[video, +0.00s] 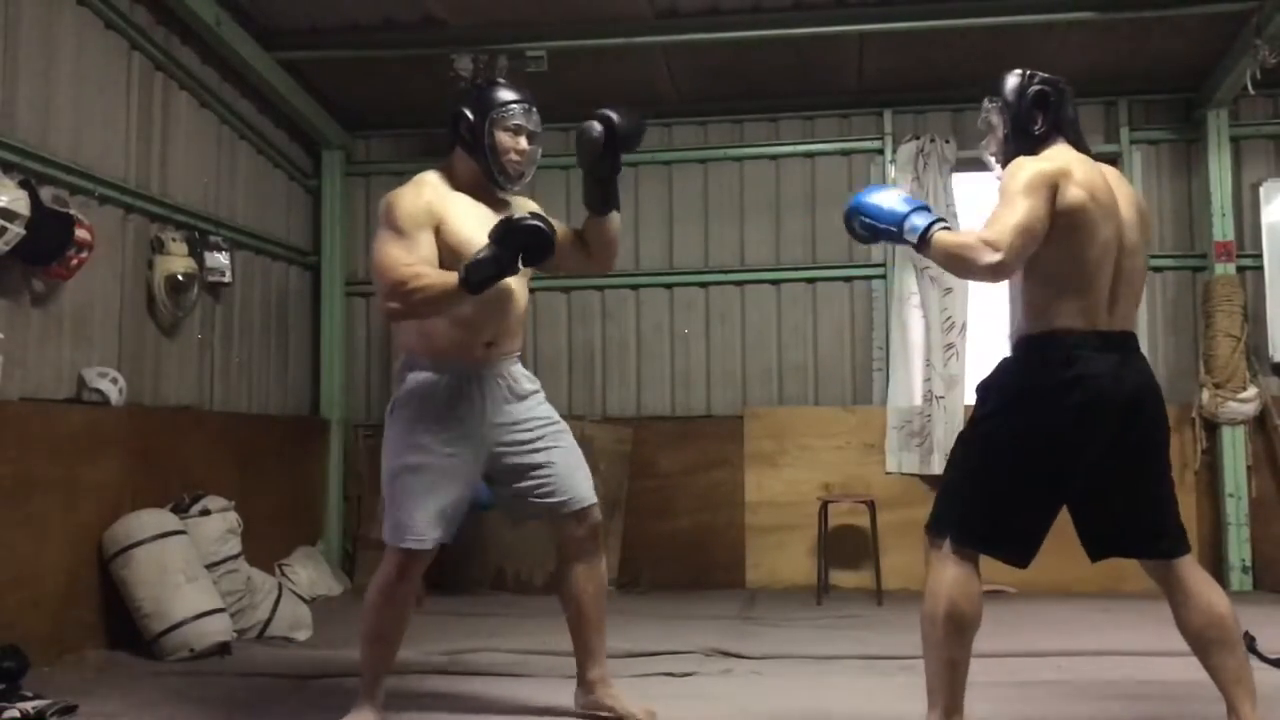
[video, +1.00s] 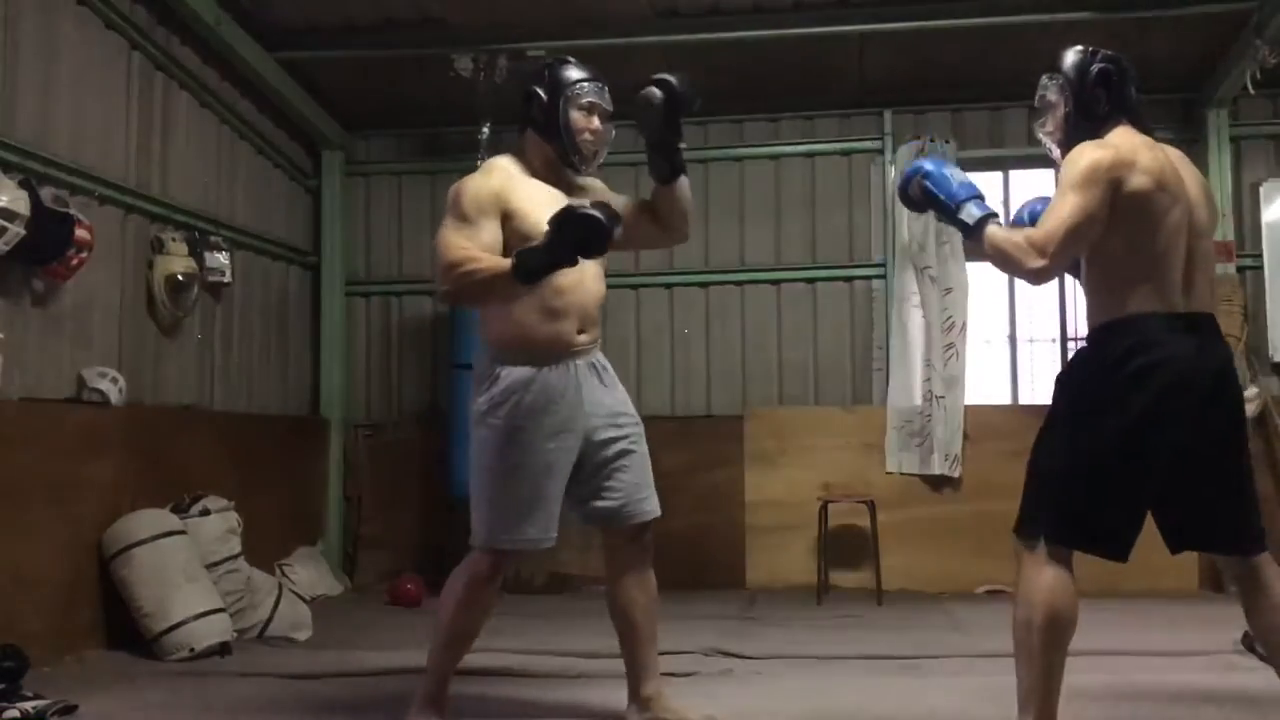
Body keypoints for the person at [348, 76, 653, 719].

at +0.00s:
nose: (527, 147)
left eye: (533, 136)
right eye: (514, 132)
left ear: (534, 144)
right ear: (472, 131)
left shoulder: (521, 210)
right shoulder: (416, 198)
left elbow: (595, 258)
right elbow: (396, 294)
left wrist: (601, 178)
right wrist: (480, 272)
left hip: (511, 387)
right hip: (433, 392)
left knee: (582, 521)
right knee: (409, 553)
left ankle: (595, 684)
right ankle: (368, 699)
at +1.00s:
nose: (599, 126)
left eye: (603, 114)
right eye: (586, 111)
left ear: (603, 123)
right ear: (543, 114)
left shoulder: (591, 196)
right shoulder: (490, 182)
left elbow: (670, 226)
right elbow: (455, 280)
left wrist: (663, 146)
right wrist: (542, 257)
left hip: (594, 378)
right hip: (521, 386)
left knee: (634, 532)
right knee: (494, 557)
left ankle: (646, 696)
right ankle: (430, 699)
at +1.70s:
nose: (567, 122)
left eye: (571, 109)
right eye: (554, 106)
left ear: (566, 116)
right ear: (507, 104)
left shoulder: (542, 200)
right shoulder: (444, 170)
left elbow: (593, 288)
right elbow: (443, 263)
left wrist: (652, 248)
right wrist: (533, 199)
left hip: (540, 377)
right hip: (460, 383)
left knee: (623, 515)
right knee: (446, 558)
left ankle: (607, 677)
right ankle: (394, 707)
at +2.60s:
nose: (604, 119)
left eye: (608, 107)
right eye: (590, 102)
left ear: (602, 115)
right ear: (544, 103)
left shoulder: (584, 188)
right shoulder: (481, 174)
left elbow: (660, 246)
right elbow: (435, 267)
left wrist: (687, 174)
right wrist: (537, 247)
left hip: (585, 382)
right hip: (508, 389)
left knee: (635, 536)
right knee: (477, 566)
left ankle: (644, 705)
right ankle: (409, 706)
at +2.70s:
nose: (582, 105)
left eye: (587, 93)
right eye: (568, 90)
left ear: (587, 103)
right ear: (522, 93)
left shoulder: (588, 174)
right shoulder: (469, 171)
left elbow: (667, 219)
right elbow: (424, 267)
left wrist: (736, 175)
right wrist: (518, 240)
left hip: (603, 370)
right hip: (527, 382)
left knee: (662, 518)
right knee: (566, 537)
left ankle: (653, 692)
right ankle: (502, 689)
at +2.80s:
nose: (554, 123)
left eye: (559, 110)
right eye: (539, 108)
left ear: (563, 118)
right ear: (494, 107)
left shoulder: (572, 191)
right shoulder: (442, 186)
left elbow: (648, 263)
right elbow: (439, 255)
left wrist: (730, 318)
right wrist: (525, 195)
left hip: (615, 346)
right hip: (545, 389)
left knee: (762, 417)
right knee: (586, 553)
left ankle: (749, 552)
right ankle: (559, 711)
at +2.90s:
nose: (553, 134)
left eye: (556, 121)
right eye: (540, 120)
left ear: (556, 127)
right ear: (496, 119)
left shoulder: (568, 194)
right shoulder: (436, 191)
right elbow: (460, 236)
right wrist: (541, 174)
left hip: (626, 323)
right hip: (565, 391)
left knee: (768, 290)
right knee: (591, 558)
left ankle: (922, 329)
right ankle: (564, 710)